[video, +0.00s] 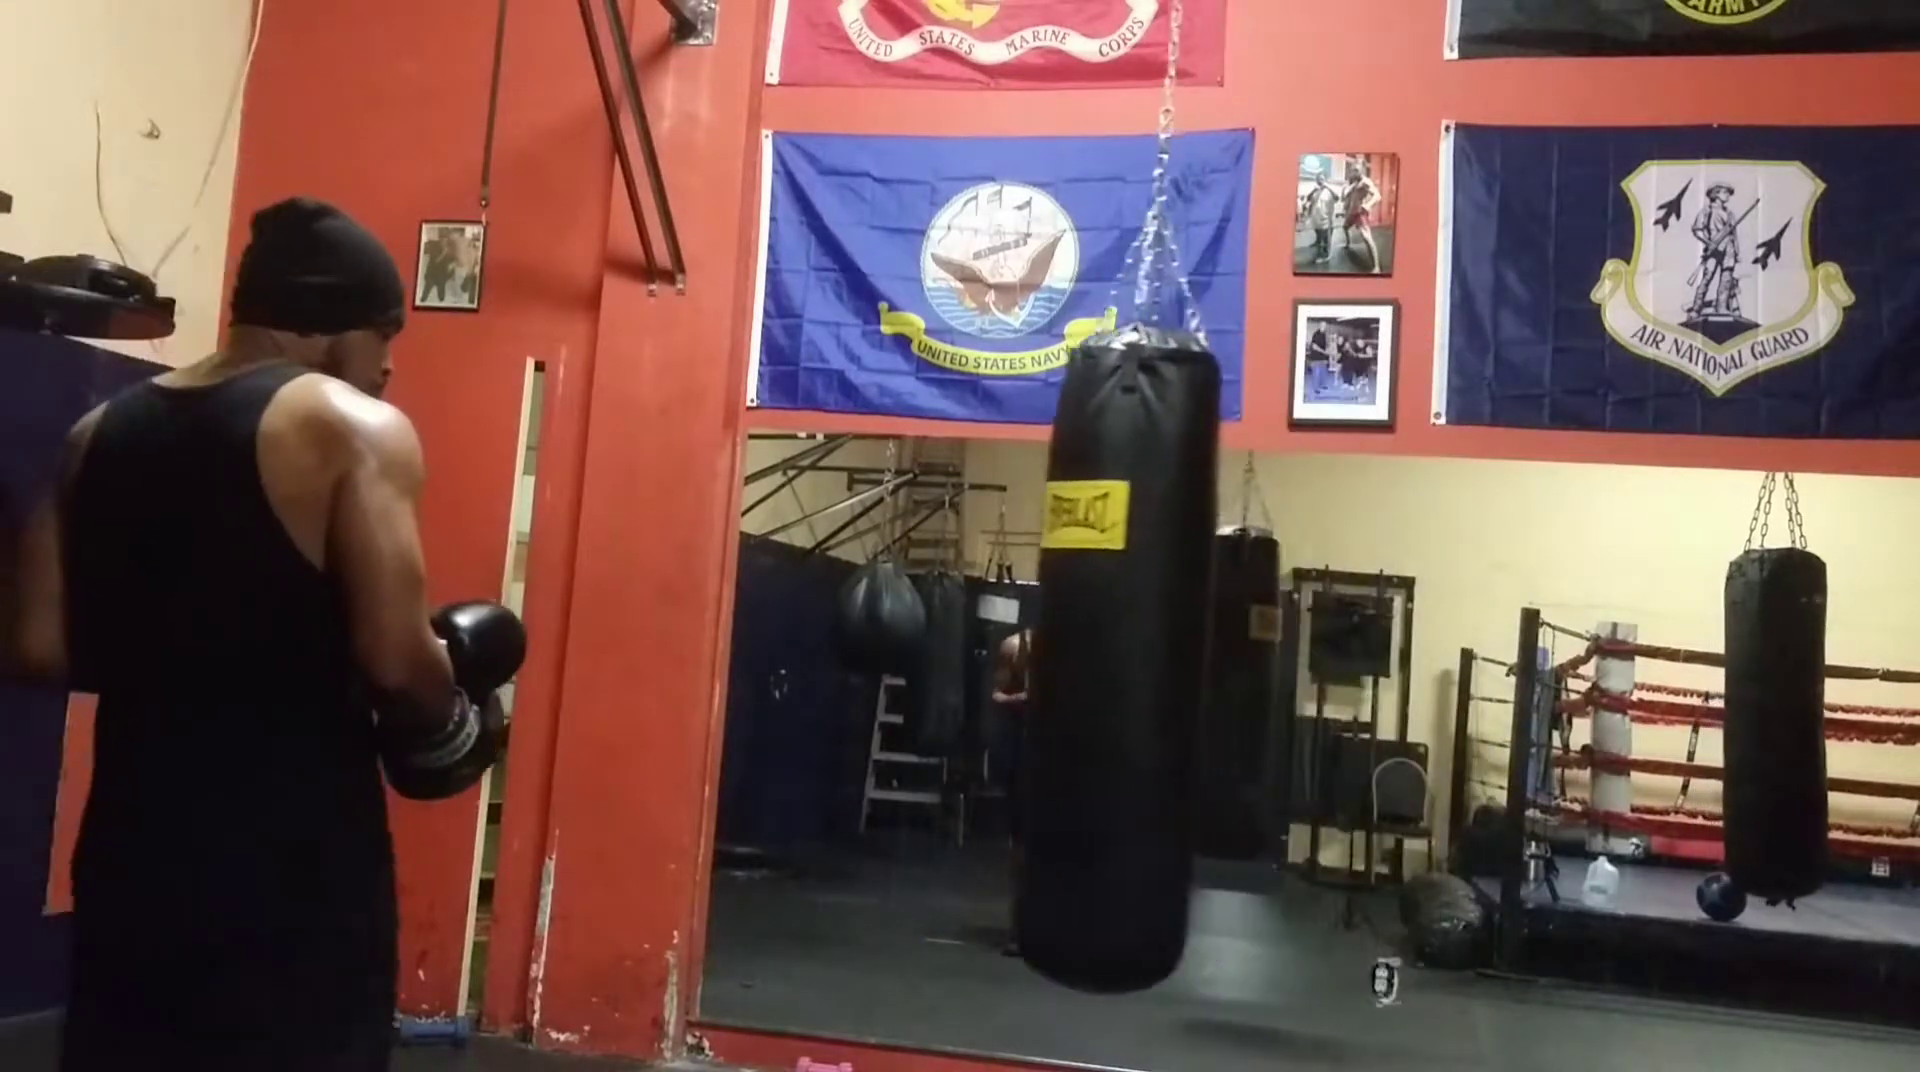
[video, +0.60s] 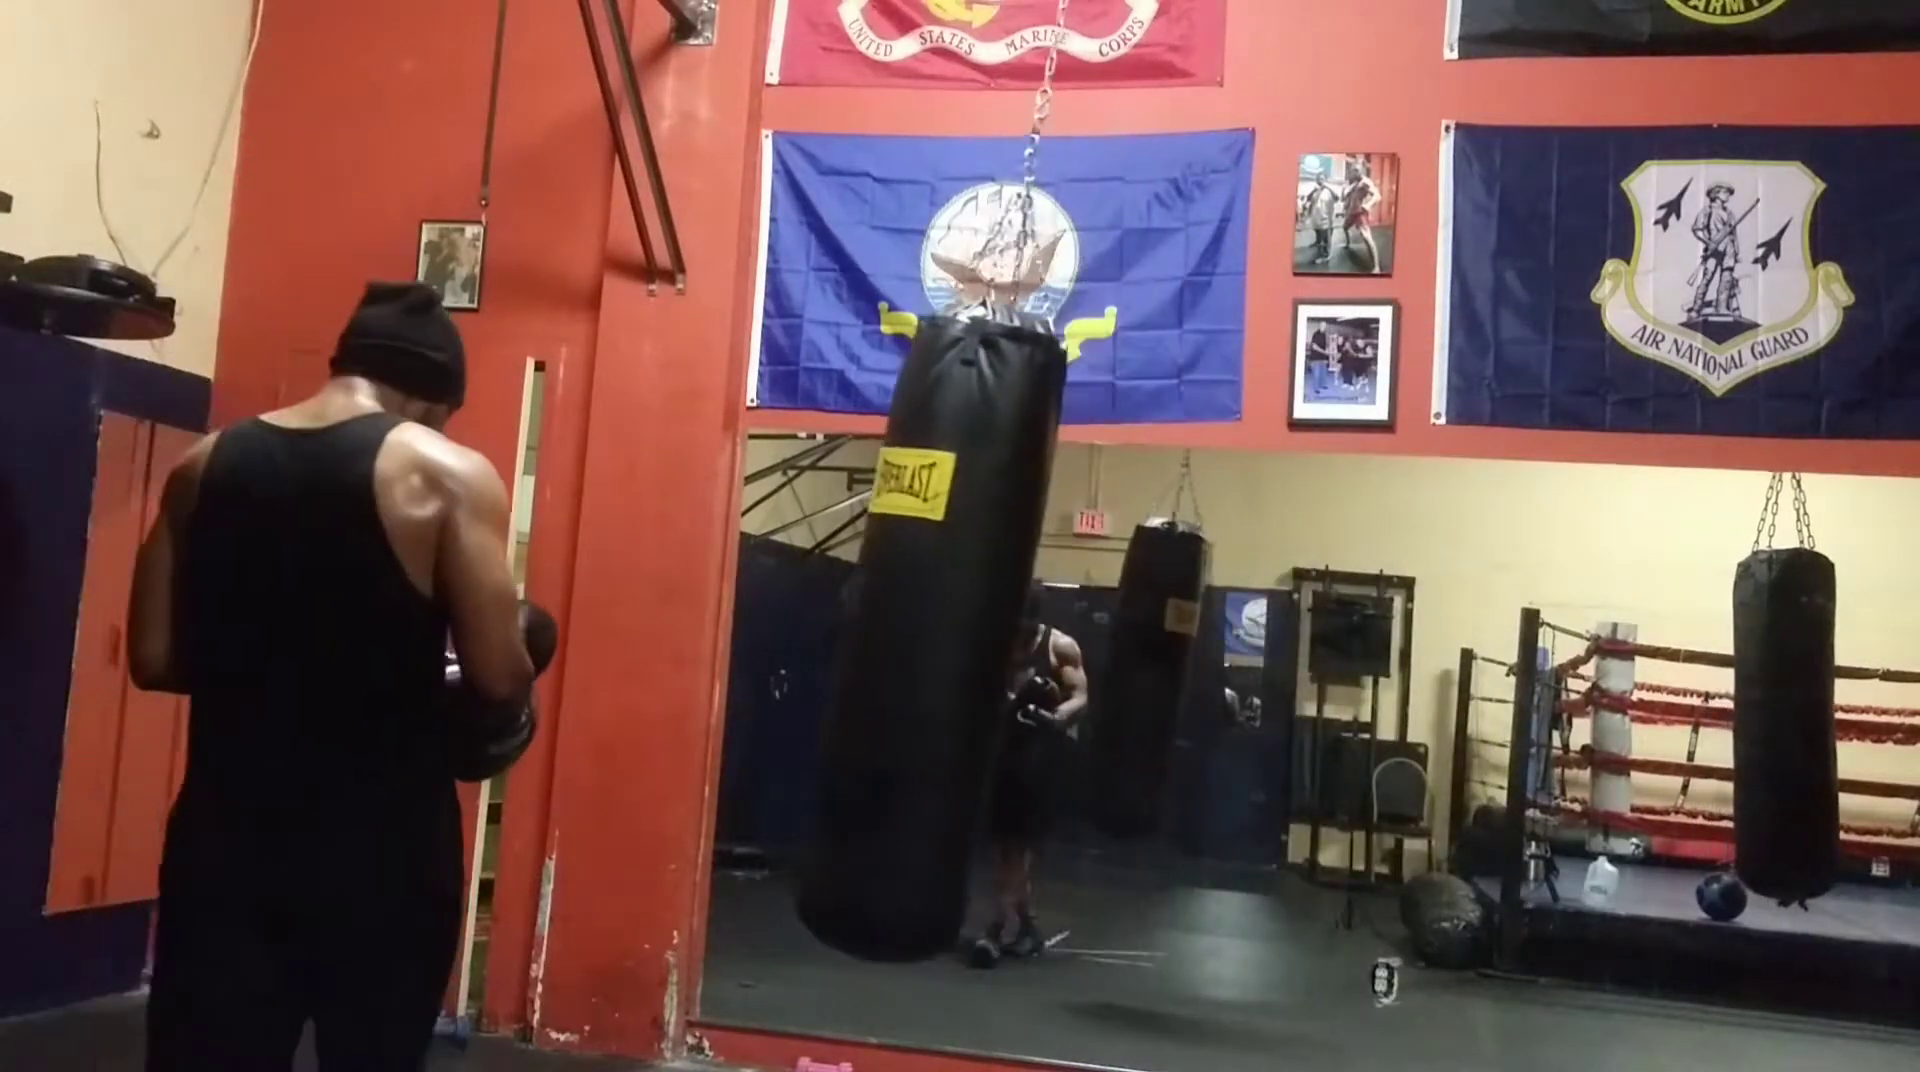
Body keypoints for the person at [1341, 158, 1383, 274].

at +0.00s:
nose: (1352, 173)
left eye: (1355, 170)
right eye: (1351, 171)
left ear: (1359, 172)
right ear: (1349, 172)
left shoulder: (1365, 182)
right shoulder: (1350, 184)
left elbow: (1376, 196)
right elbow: (1344, 198)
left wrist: (1367, 206)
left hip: (1360, 212)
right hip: (1350, 212)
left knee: (1366, 237)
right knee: (1345, 227)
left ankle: (1376, 266)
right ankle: (1348, 243)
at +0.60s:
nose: (1352, 174)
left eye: (1355, 171)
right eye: (1352, 171)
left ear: (1359, 172)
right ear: (1350, 172)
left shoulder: (1365, 182)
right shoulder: (1350, 184)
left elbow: (1376, 195)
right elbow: (1343, 198)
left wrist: (1367, 206)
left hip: (1361, 212)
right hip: (1351, 212)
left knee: (1366, 236)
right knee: (1345, 227)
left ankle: (1376, 266)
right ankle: (1348, 243)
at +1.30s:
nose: (1351, 174)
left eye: (1354, 171)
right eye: (1351, 172)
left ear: (1358, 172)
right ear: (1350, 173)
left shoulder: (1365, 182)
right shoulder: (1351, 184)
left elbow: (1376, 196)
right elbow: (1344, 198)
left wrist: (1366, 206)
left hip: (1361, 211)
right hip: (1351, 211)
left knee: (1367, 237)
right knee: (1345, 227)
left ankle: (1376, 266)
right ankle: (1348, 243)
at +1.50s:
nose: (1351, 175)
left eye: (1353, 172)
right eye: (1350, 172)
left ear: (1358, 173)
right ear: (1349, 174)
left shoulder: (1365, 182)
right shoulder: (1351, 185)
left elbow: (1376, 196)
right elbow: (1344, 197)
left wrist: (1366, 206)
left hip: (1361, 211)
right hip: (1351, 211)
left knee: (1367, 237)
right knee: (1345, 227)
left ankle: (1376, 266)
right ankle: (1348, 243)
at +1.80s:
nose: (1351, 176)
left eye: (1353, 173)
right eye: (1350, 174)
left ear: (1357, 173)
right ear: (1350, 174)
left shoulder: (1365, 182)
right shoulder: (1351, 184)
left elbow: (1376, 196)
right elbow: (1343, 198)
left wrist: (1367, 206)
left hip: (1360, 211)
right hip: (1351, 211)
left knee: (1366, 237)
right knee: (1345, 227)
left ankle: (1376, 266)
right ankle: (1348, 243)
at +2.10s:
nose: (1351, 174)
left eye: (1354, 172)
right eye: (1351, 172)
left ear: (1358, 172)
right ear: (1350, 173)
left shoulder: (1365, 182)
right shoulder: (1351, 184)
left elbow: (1376, 195)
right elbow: (1344, 197)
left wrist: (1366, 206)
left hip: (1361, 211)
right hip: (1351, 211)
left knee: (1367, 237)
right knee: (1345, 227)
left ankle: (1376, 266)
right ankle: (1348, 243)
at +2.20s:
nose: (1351, 173)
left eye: (1353, 170)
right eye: (1350, 171)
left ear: (1358, 171)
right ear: (1350, 172)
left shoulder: (1364, 182)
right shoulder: (1350, 184)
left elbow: (1376, 196)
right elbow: (1343, 198)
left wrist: (1367, 206)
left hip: (1360, 212)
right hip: (1350, 213)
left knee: (1367, 237)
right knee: (1345, 227)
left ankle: (1376, 266)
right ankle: (1348, 243)